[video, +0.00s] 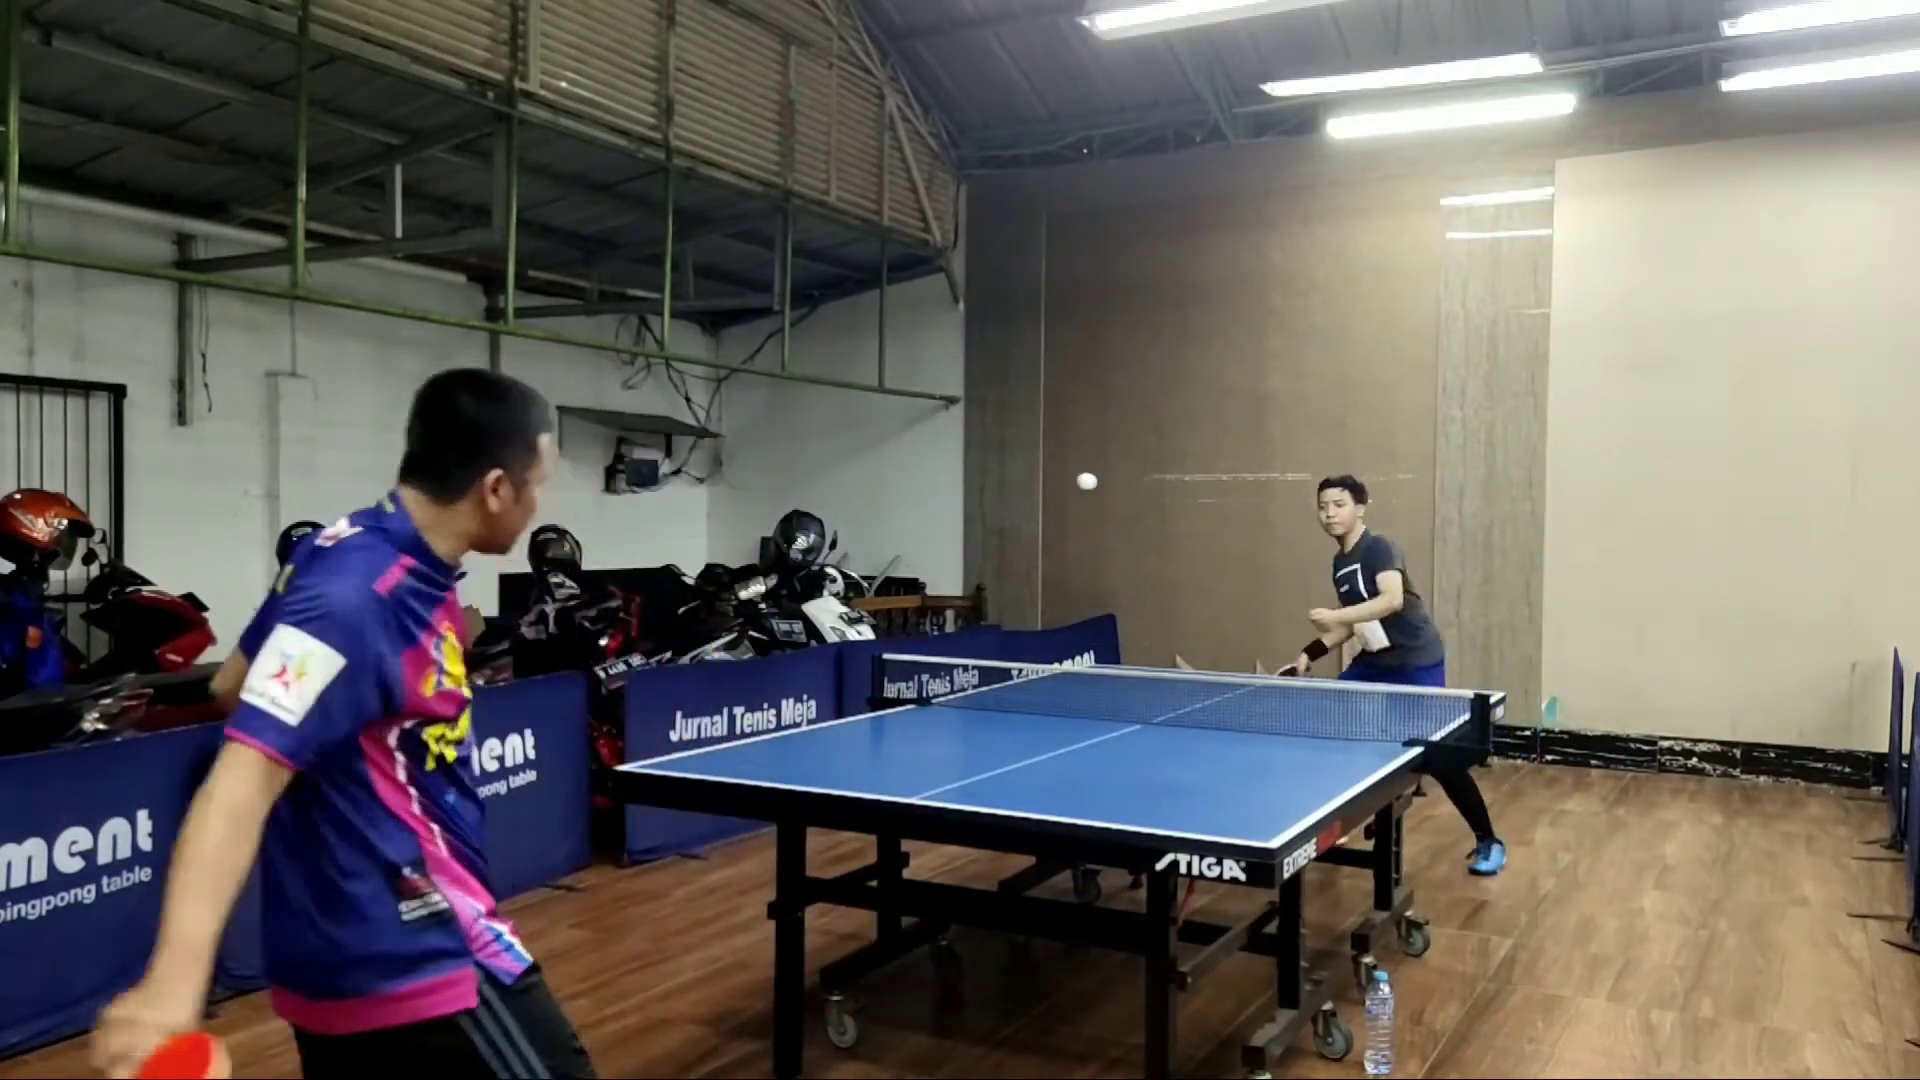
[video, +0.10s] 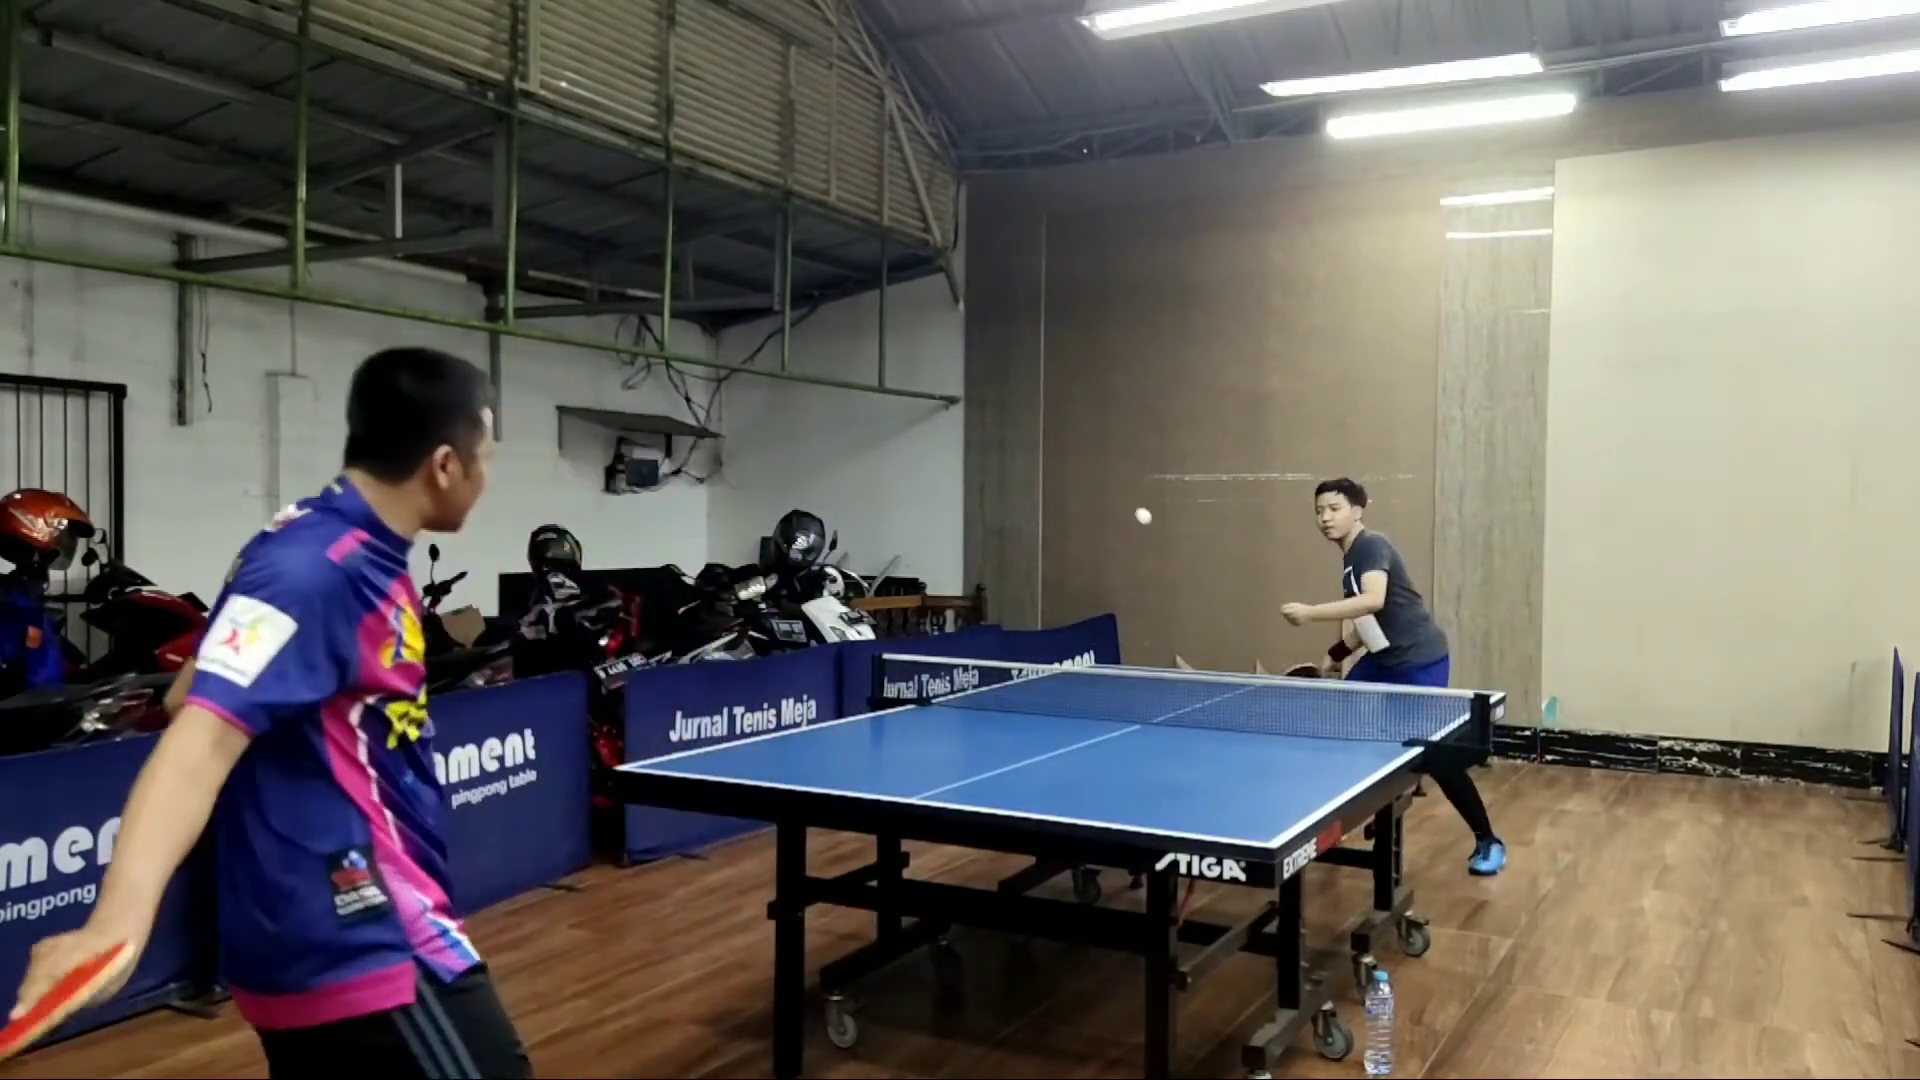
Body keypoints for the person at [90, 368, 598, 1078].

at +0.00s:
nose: (537, 502)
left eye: (541, 485)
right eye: (536, 485)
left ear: (418, 459)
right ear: (494, 489)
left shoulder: (360, 551)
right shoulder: (351, 597)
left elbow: (235, 684)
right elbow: (240, 783)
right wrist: (173, 988)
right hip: (427, 976)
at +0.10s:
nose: (487, 475)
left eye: (489, 455)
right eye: (486, 455)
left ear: (363, 440)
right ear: (444, 465)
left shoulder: (351, 548)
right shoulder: (306, 566)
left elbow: (198, 699)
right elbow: (203, 733)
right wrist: (118, 926)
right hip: (367, 958)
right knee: (489, 1065)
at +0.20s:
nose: (444, 443)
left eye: (445, 424)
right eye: (442, 424)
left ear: (318, 416)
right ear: (402, 435)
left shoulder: (280, 518)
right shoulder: (278, 538)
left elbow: (156, 698)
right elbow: (187, 710)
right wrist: (147, 884)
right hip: (352, 957)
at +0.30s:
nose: (413, 422)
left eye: (412, 401)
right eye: (410, 402)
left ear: (282, 400)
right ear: (369, 417)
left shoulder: (213, 510)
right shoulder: (266, 529)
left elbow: (119, 706)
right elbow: (198, 725)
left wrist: (203, 851)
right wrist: (230, 896)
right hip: (336, 958)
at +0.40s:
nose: (391, 418)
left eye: (390, 397)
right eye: (389, 398)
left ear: (254, 398)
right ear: (352, 413)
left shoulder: (169, 523)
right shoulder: (267, 541)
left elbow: (90, 722)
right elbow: (231, 762)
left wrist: (179, 858)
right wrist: (333, 928)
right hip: (279, 1003)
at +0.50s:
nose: (374, 419)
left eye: (374, 396)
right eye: (376, 397)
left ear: (236, 394)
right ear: (357, 410)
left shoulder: (139, 528)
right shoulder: (276, 547)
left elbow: (70, 735)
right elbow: (275, 785)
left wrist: (148, 875)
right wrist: (427, 970)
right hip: (248, 1010)